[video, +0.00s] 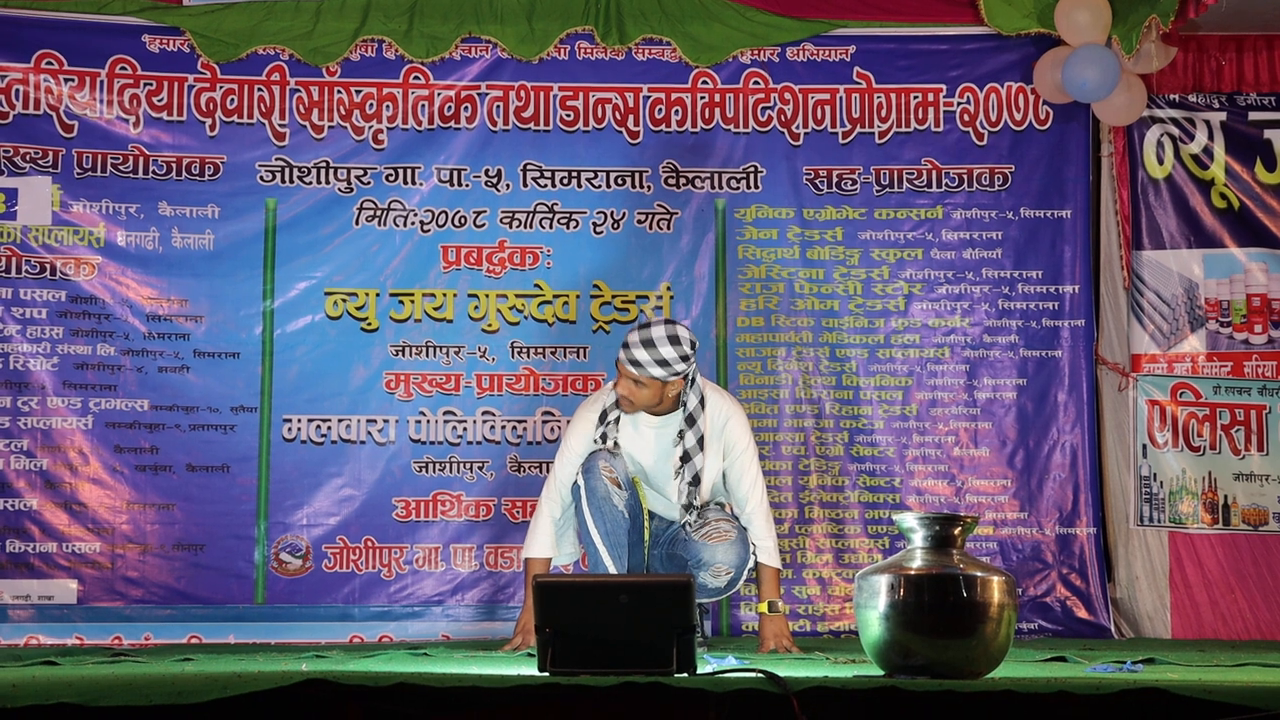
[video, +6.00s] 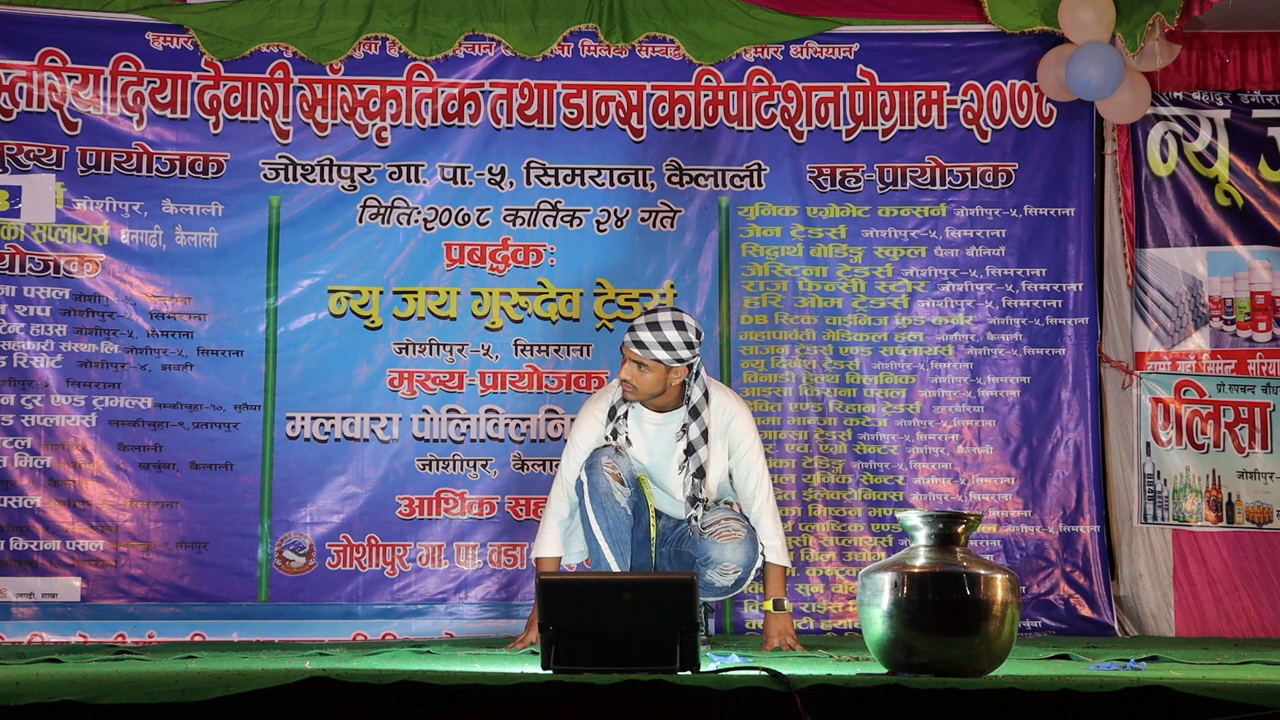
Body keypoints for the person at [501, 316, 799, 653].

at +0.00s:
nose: (619, 388)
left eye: (635, 383)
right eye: (619, 374)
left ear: (673, 386)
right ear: (617, 364)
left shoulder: (724, 415)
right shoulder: (596, 413)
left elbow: (756, 509)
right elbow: (551, 503)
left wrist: (772, 609)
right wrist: (531, 604)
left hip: (685, 542)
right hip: (624, 535)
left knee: (726, 546)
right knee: (599, 465)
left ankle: (683, 615)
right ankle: (616, 611)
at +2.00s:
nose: (617, 376)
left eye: (632, 367)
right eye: (617, 362)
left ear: (672, 374)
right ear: (615, 357)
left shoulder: (723, 413)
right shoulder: (596, 415)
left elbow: (759, 505)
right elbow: (562, 502)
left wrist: (775, 605)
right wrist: (517, 570)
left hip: (692, 538)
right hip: (628, 533)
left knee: (730, 550)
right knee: (601, 461)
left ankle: (685, 614)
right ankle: (620, 606)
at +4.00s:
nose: (622, 375)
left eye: (638, 368)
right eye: (622, 361)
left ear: (677, 374)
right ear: (620, 355)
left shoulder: (725, 414)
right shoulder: (597, 411)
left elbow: (760, 507)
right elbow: (558, 503)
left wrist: (777, 609)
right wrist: (543, 608)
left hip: (691, 540)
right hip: (629, 532)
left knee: (733, 546)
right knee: (601, 463)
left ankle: (687, 611)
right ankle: (620, 608)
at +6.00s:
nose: (623, 374)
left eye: (639, 367)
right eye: (624, 360)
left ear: (678, 373)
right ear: (622, 355)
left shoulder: (728, 414)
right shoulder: (600, 411)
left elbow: (763, 508)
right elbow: (559, 506)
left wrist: (777, 609)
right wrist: (541, 608)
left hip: (693, 541)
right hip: (630, 532)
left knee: (733, 545)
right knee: (604, 462)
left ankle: (690, 610)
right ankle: (618, 606)